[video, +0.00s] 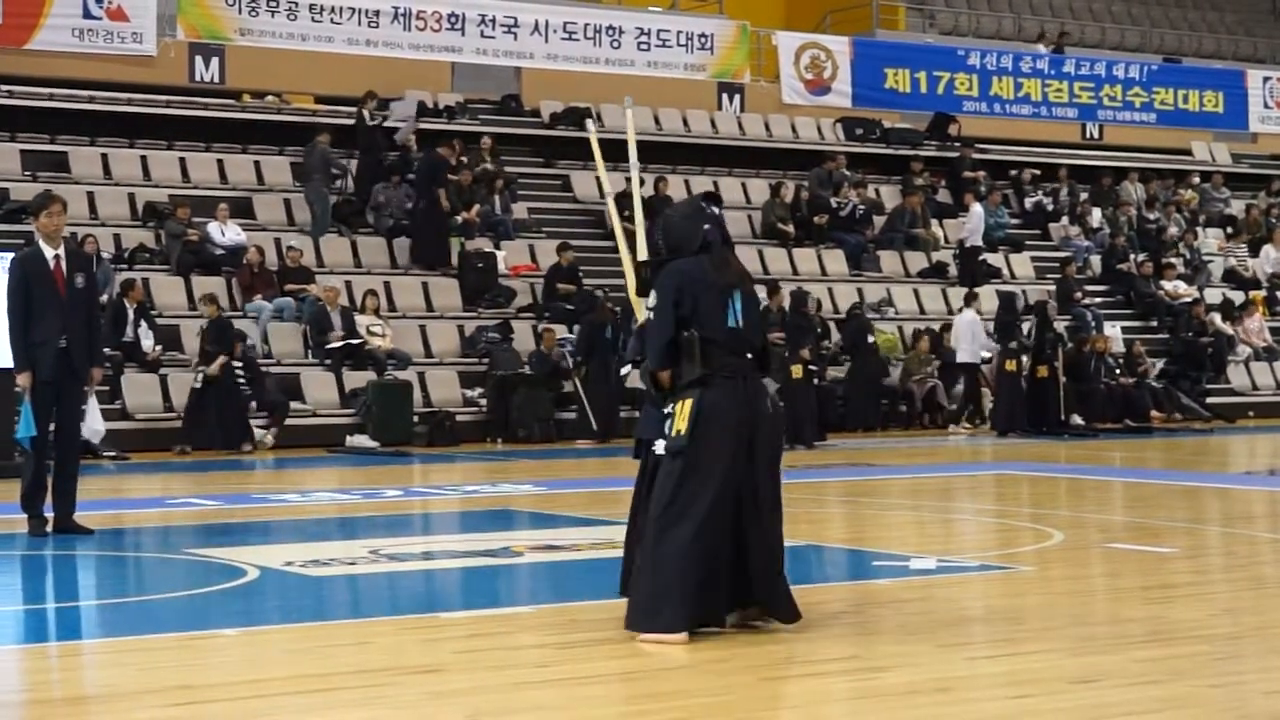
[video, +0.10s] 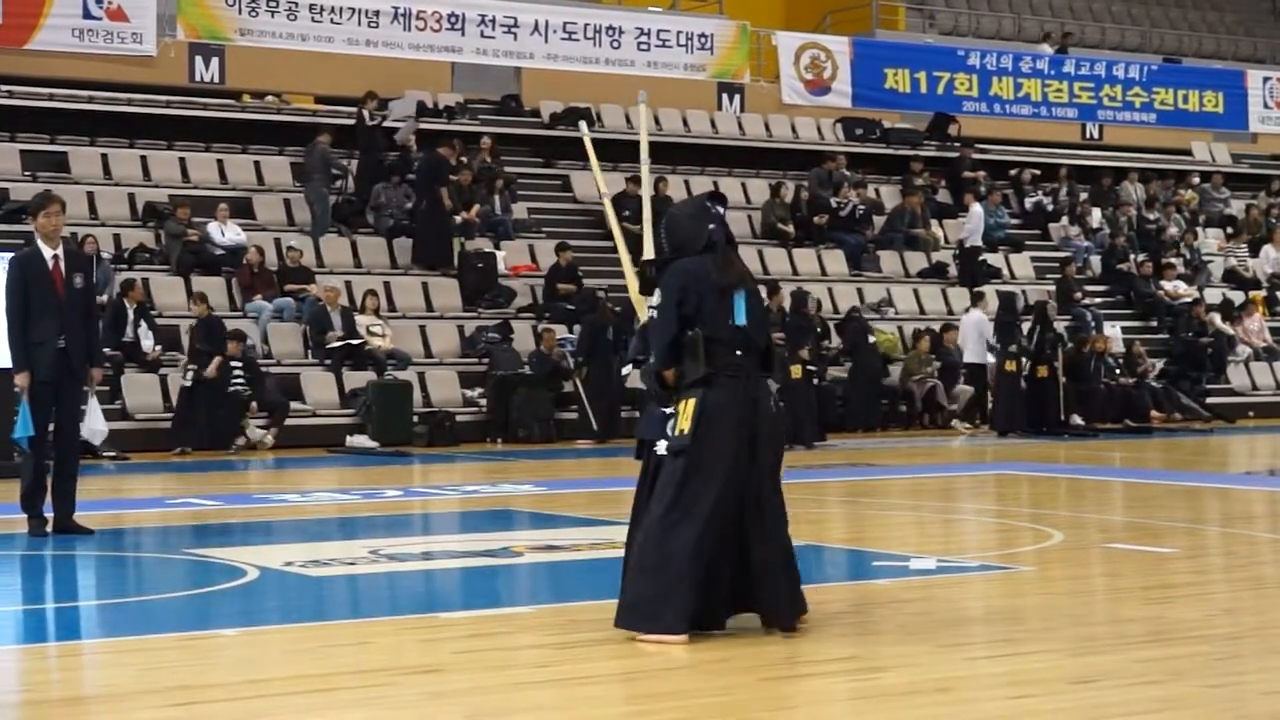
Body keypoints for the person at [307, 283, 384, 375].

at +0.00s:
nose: (327, 294)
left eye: (331, 291)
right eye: (325, 291)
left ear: (338, 294)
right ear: (322, 293)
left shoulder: (347, 311)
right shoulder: (316, 312)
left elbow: (353, 334)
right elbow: (315, 339)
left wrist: (343, 336)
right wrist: (329, 338)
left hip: (346, 344)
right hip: (326, 346)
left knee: (359, 350)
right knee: (337, 354)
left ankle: (360, 383)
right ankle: (338, 387)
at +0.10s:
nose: (328, 294)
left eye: (331, 291)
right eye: (325, 291)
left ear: (338, 294)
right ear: (322, 294)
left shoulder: (347, 311)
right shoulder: (316, 312)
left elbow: (353, 333)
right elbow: (315, 339)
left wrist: (342, 336)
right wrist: (327, 338)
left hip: (346, 344)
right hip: (326, 347)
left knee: (359, 350)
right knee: (338, 352)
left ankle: (359, 381)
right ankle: (336, 384)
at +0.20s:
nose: (328, 294)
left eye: (331, 291)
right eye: (326, 291)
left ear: (339, 294)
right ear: (323, 293)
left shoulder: (347, 311)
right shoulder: (317, 312)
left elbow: (352, 333)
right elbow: (314, 337)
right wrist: (325, 339)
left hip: (346, 344)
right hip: (326, 346)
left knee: (359, 351)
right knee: (338, 353)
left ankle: (360, 382)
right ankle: (337, 386)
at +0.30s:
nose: (328, 294)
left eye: (332, 291)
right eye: (326, 291)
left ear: (339, 294)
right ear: (324, 293)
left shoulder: (347, 311)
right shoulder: (317, 312)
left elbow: (353, 333)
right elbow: (314, 337)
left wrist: (361, 340)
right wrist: (323, 340)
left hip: (346, 344)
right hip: (326, 346)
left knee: (359, 351)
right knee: (338, 353)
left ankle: (360, 382)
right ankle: (337, 386)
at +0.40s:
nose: (328, 294)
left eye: (332, 291)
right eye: (326, 291)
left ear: (340, 294)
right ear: (324, 293)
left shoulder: (347, 311)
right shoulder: (317, 312)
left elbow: (353, 333)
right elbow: (313, 337)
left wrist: (361, 340)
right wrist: (324, 340)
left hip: (346, 343)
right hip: (328, 345)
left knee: (359, 351)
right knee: (337, 353)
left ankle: (361, 382)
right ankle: (338, 387)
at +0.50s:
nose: (330, 294)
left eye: (333, 291)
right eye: (327, 291)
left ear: (340, 294)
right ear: (324, 293)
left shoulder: (347, 311)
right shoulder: (317, 312)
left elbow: (353, 333)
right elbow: (314, 337)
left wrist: (362, 340)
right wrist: (324, 340)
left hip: (346, 343)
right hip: (328, 345)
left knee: (359, 351)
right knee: (337, 354)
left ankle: (361, 383)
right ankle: (338, 388)